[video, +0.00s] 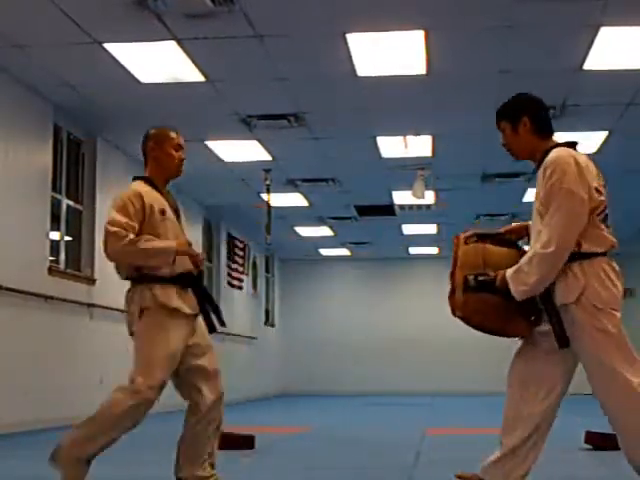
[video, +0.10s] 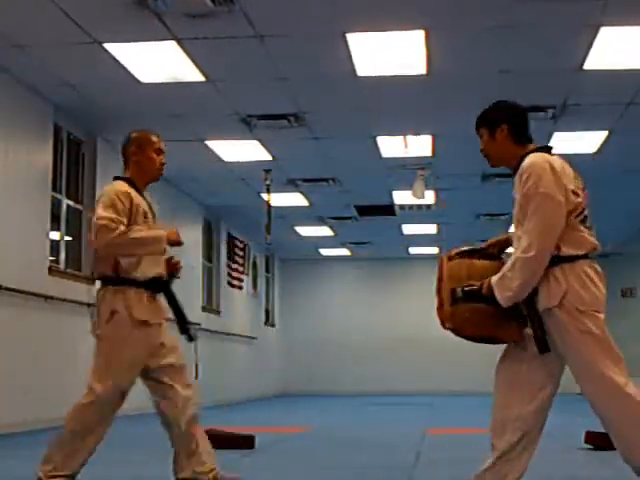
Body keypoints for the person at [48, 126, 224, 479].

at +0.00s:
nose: (183, 155)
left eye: (183, 150)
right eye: (176, 148)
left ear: (165, 153)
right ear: (152, 151)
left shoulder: (168, 203)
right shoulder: (135, 194)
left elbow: (163, 255)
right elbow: (116, 246)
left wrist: (190, 261)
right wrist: (180, 251)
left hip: (186, 304)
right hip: (157, 302)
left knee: (208, 396)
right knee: (143, 392)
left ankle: (194, 472)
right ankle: (71, 454)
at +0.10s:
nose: (163, 160)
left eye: (163, 154)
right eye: (157, 152)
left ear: (139, 157)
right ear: (133, 155)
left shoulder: (142, 204)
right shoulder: (117, 192)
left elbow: (130, 264)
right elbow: (104, 240)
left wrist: (163, 269)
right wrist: (162, 239)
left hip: (150, 304)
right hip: (123, 304)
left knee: (179, 396)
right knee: (104, 396)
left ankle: (198, 471)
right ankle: (56, 471)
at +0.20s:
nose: (141, 155)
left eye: (141, 149)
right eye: (135, 147)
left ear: (116, 153)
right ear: (112, 151)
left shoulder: (113, 195)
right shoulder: (97, 184)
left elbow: (103, 257)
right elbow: (96, 222)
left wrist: (137, 264)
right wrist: (153, 223)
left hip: (112, 296)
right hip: (93, 295)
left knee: (130, 384)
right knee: (75, 386)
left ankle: (163, 462)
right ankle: (55, 469)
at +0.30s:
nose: (115, 151)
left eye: (115, 145)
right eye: (110, 143)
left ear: (95, 148)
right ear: (87, 145)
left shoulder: (85, 189)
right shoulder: (70, 183)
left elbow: (83, 261)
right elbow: (109, 213)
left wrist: (119, 270)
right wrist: (162, 225)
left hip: (87, 294)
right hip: (66, 293)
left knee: (94, 383)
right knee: (63, 384)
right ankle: (53, 470)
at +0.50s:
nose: (74, 152)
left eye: (74, 146)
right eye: (69, 144)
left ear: (49, 148)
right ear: (47, 146)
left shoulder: (29, 184)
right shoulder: (37, 185)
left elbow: (46, 240)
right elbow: (57, 241)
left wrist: (82, 242)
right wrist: (112, 247)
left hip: (17, 291)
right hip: (23, 293)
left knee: (32, 387)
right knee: (39, 387)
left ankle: (45, 468)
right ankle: (48, 470)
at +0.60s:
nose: (57, 163)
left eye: (57, 156)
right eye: (52, 155)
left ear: (31, 158)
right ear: (30, 156)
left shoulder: (15, 193)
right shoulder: (20, 196)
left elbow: (20, 260)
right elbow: (23, 262)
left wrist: (56, 271)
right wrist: (68, 280)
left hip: (10, 302)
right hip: (7, 304)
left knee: (33, 379)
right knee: (42, 375)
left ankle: (40, 465)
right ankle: (44, 467)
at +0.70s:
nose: (44, 179)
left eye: (44, 173)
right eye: (39, 172)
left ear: (19, 172)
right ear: (17, 171)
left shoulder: (13, 214)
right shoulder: (8, 216)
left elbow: (8, 278)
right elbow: (7, 286)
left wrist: (20, 284)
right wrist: (37, 316)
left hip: (8, 323)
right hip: (5, 326)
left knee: (23, 389)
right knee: (37, 386)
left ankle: (12, 465)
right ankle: (10, 465)